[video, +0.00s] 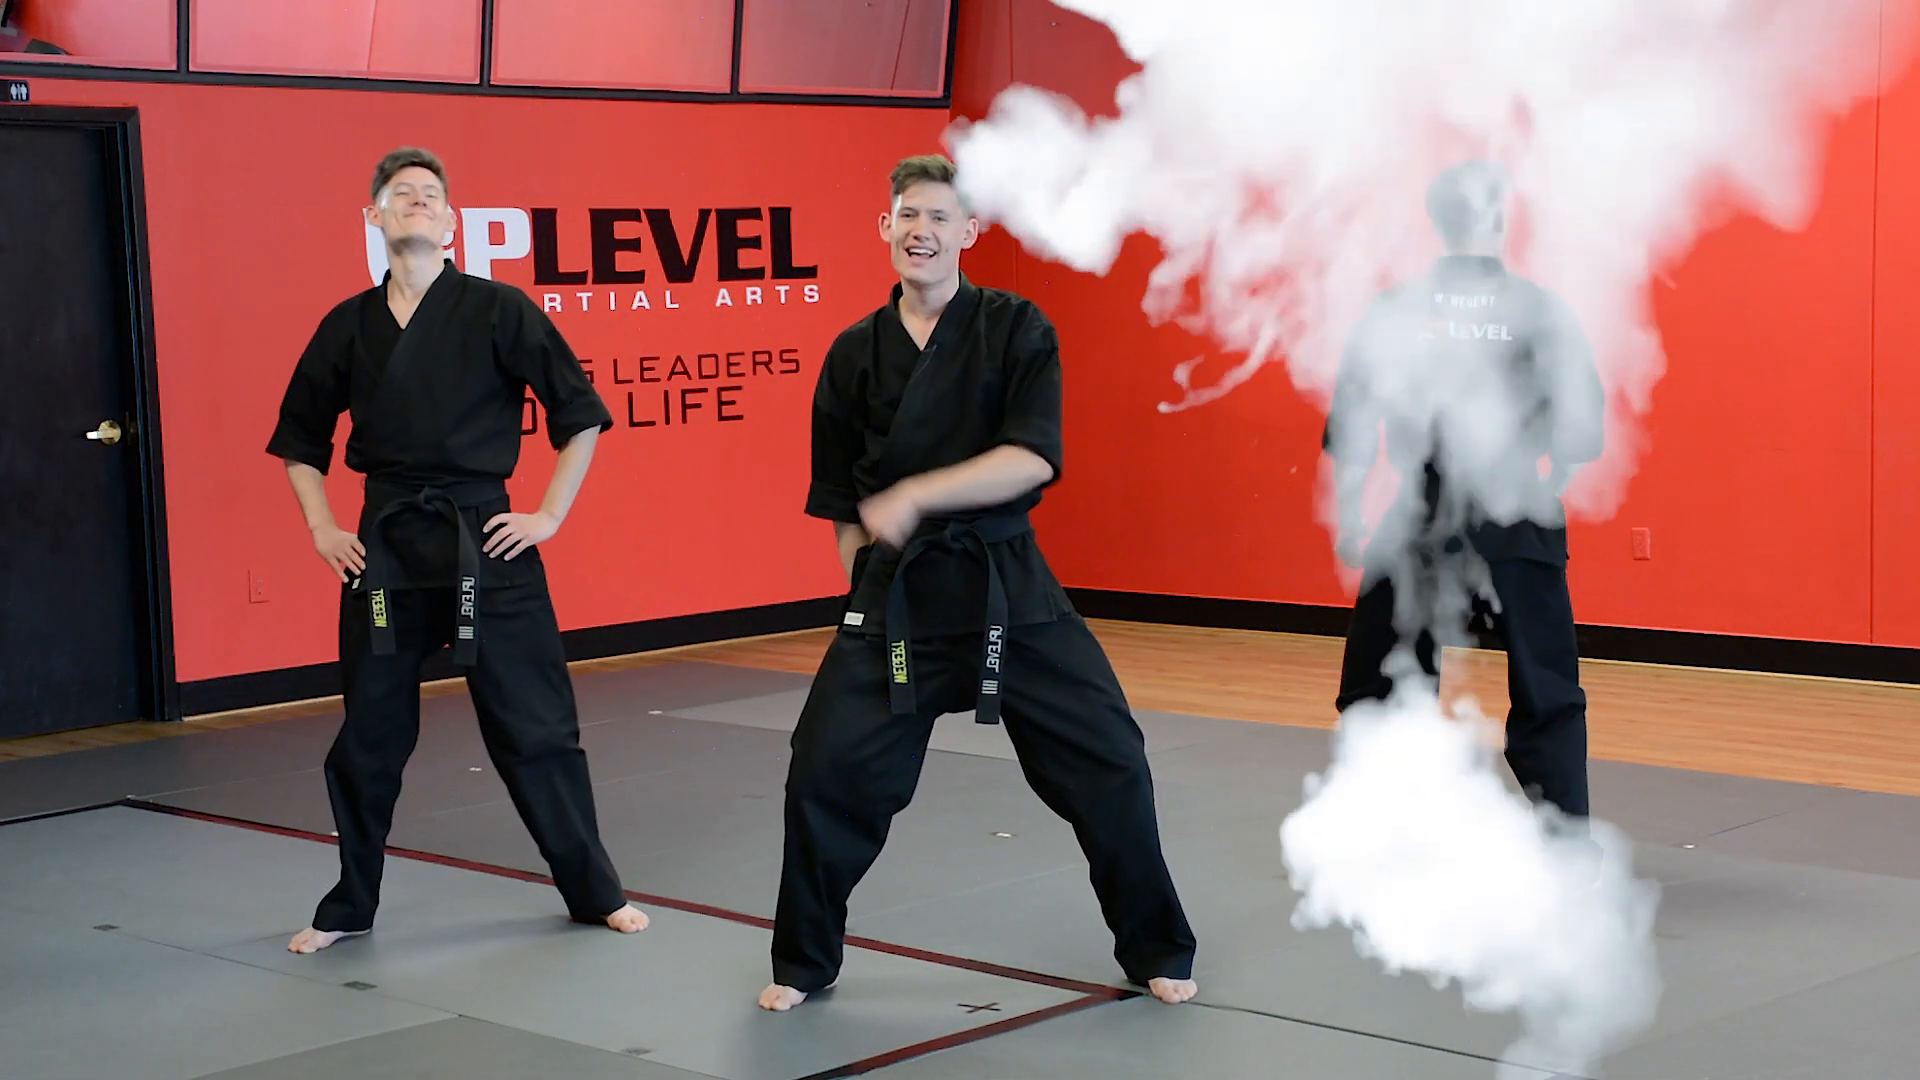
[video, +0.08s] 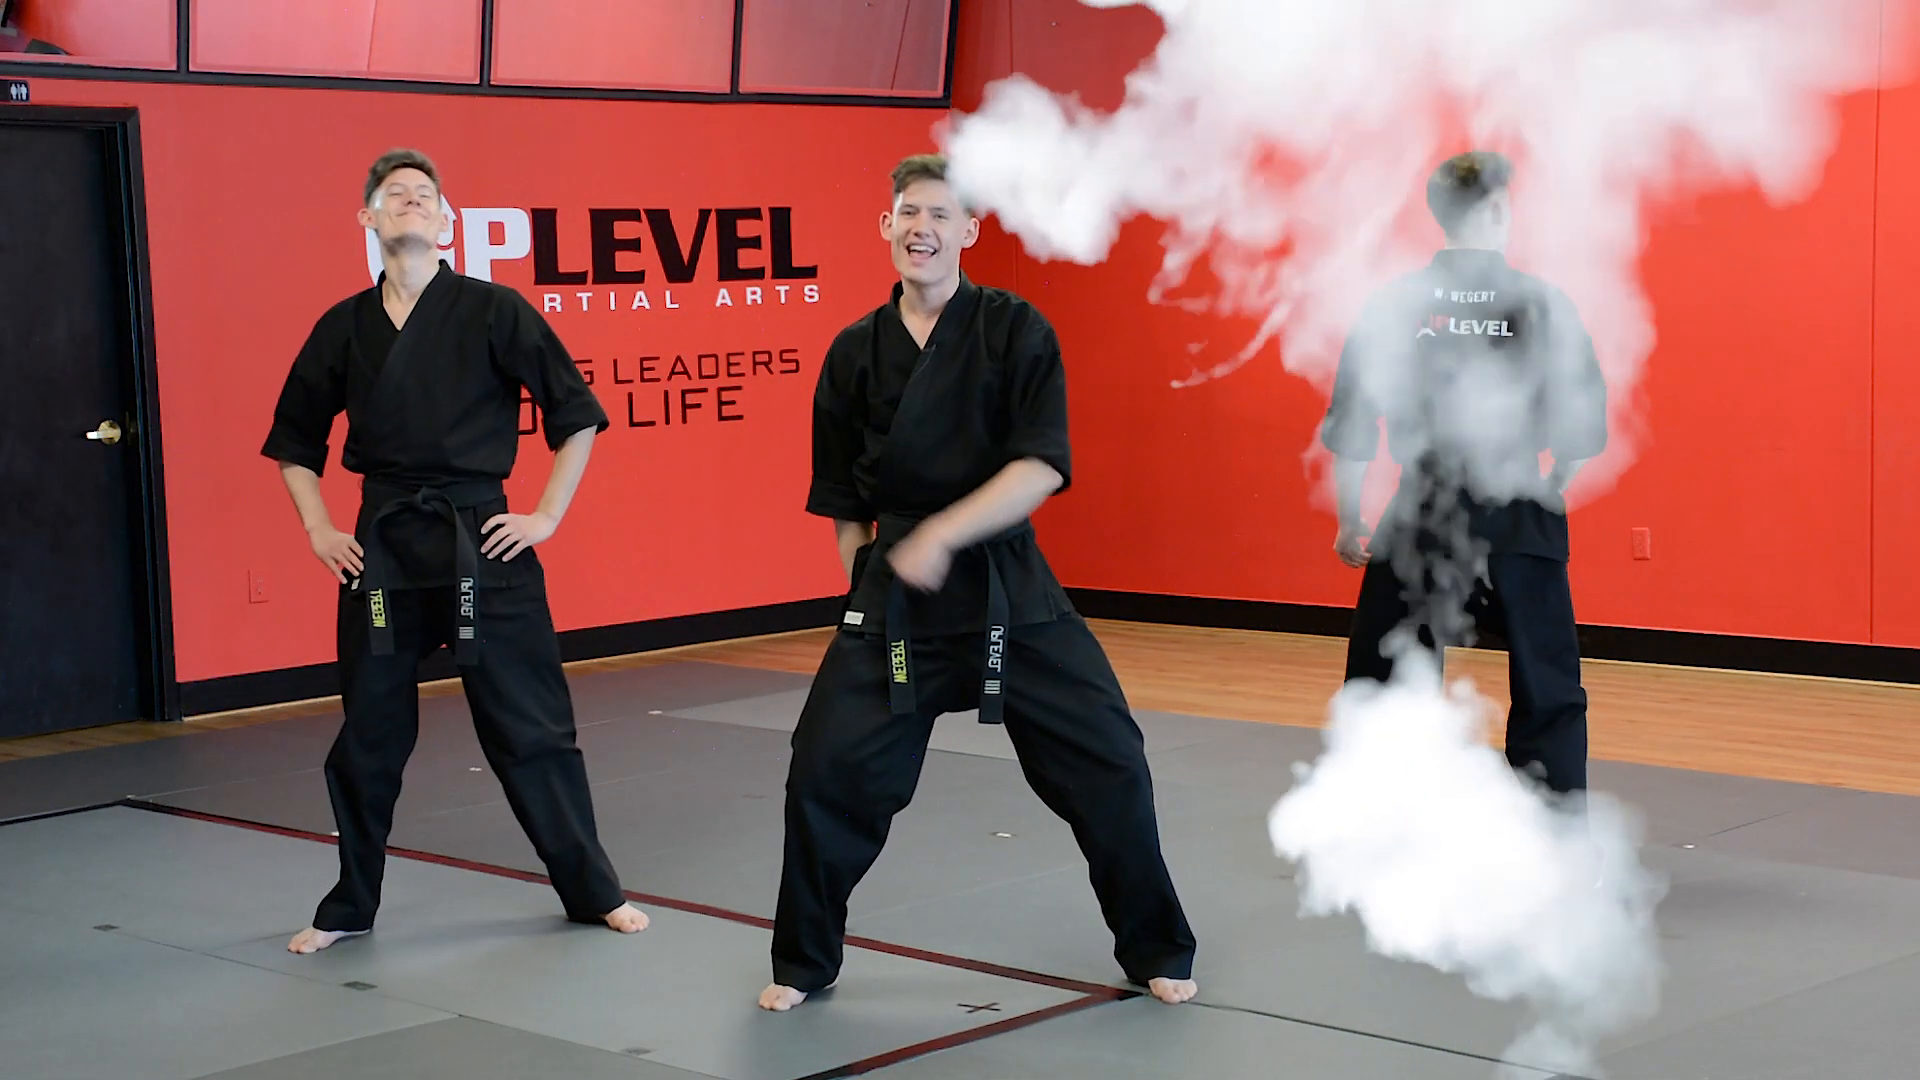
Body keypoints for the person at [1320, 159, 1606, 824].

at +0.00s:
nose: (1488, 222)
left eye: (1478, 210)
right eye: (1491, 210)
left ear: (1436, 219)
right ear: (1503, 218)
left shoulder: (1390, 313)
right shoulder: (1543, 312)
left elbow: (1349, 435)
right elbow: (1580, 439)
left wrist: (1348, 527)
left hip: (1417, 534)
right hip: (1519, 539)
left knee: (1378, 693)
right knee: (1548, 702)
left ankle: (1376, 854)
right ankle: (1561, 866)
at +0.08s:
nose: (1498, 217)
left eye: (1491, 208)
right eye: (1499, 206)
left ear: (1436, 212)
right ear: (1502, 210)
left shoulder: (1391, 305)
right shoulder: (1545, 306)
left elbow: (1353, 423)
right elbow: (1582, 429)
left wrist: (1349, 516)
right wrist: (1551, 486)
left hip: (1420, 519)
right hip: (1522, 523)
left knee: (1379, 687)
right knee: (1549, 694)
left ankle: (1372, 842)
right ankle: (1552, 858)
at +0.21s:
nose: (1484, 208)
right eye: (1494, 196)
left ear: (1436, 204)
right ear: (1503, 204)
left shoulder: (1393, 299)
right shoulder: (1547, 301)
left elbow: (1356, 419)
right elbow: (1587, 422)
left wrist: (1350, 511)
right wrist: (1560, 487)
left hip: (1419, 519)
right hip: (1521, 522)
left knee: (1378, 686)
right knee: (1550, 691)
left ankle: (1370, 840)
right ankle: (1553, 854)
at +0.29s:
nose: (1428, 212)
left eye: (1430, 201)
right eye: (1429, 202)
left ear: (1438, 204)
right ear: (1502, 202)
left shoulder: (1394, 298)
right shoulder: (1551, 299)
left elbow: (1358, 418)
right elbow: (1590, 421)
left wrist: (1349, 509)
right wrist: (1565, 493)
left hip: (1419, 518)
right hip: (1521, 522)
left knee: (1378, 691)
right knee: (1550, 693)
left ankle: (1372, 837)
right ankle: (1558, 854)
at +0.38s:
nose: (1420, 210)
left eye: (1426, 196)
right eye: (1424, 195)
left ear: (1445, 200)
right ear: (1498, 204)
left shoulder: (1404, 291)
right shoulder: (1554, 293)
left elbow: (1363, 414)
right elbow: (1594, 411)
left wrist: (1348, 505)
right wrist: (1575, 497)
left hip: (1425, 518)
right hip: (1526, 522)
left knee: (1383, 683)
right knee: (1551, 693)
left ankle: (1375, 848)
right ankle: (1555, 855)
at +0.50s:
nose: (1422, 204)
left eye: (1427, 191)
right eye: (1426, 189)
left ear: (1444, 195)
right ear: (1502, 198)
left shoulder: (1412, 290)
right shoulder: (1558, 291)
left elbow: (1376, 410)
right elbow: (1600, 408)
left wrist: (1350, 501)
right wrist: (1581, 494)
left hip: (1429, 512)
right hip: (1529, 518)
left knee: (1390, 680)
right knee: (1549, 683)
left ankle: (1379, 853)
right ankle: (1564, 856)